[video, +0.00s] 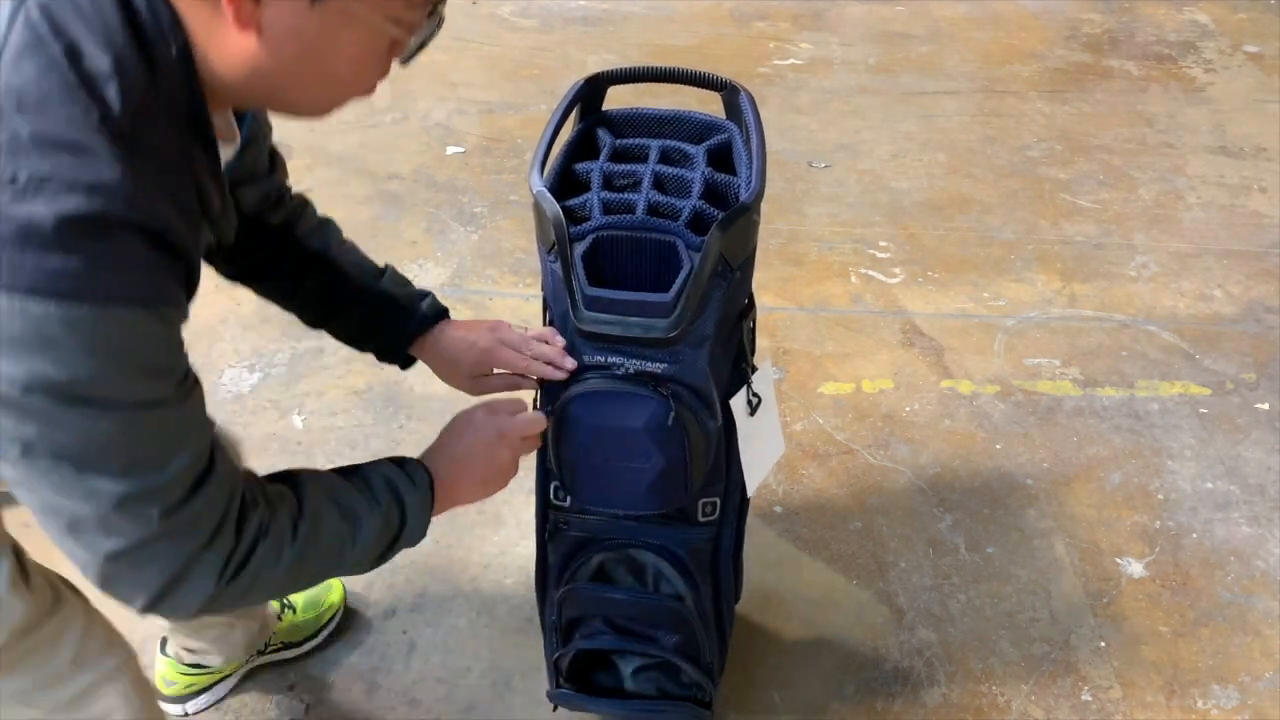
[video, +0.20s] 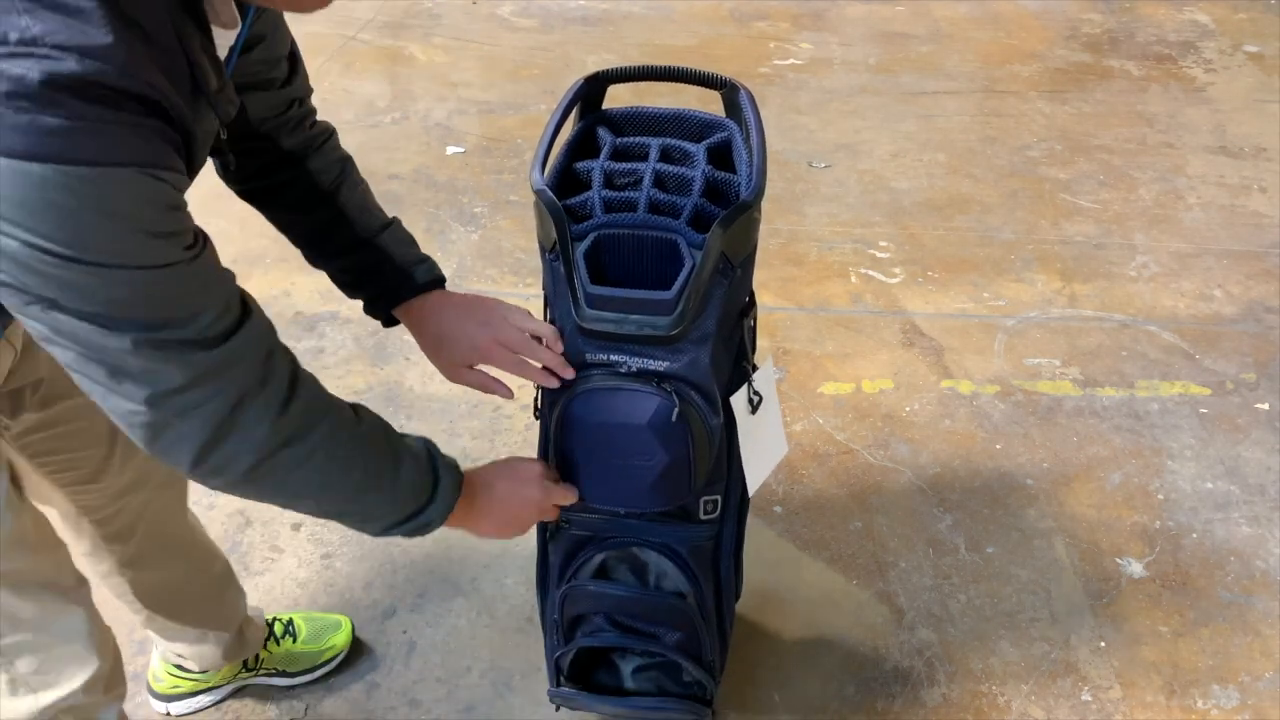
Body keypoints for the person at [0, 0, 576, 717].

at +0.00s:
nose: (393, 71)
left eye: (409, 44)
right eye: (397, 38)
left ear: (246, 6)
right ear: (250, 6)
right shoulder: (61, 211)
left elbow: (253, 216)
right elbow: (176, 550)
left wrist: (428, 333)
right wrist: (430, 483)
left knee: (187, 473)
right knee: (91, 694)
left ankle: (224, 639)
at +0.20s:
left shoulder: (219, 13)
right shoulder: (55, 103)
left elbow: (277, 139)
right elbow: (216, 403)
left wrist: (421, 297)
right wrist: (457, 496)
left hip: (19, 312)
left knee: (113, 467)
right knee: (39, 627)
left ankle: (209, 648)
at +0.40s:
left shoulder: (190, 20)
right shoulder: (58, 124)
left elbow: (257, 186)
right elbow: (275, 434)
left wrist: (439, 335)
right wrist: (566, 425)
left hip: (9, 367)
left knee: (72, 520)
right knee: (35, 651)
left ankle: (199, 651)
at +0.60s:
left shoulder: (184, 26)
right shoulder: (91, 108)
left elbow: (278, 215)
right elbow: (331, 458)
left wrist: (467, 344)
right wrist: (594, 433)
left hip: (16, 387)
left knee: (86, 537)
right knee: (45, 671)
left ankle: (199, 654)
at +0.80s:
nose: (453, 8)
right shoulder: (125, 117)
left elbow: (273, 230)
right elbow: (351, 466)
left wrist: (458, 350)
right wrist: (611, 420)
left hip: (17, 394)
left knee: (91, 545)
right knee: (50, 670)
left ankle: (204, 656)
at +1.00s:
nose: (462, 12)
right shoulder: (134, 104)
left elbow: (264, 244)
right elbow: (350, 451)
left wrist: (442, 354)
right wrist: (612, 409)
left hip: (16, 390)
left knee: (91, 539)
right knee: (54, 670)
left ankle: (203, 655)